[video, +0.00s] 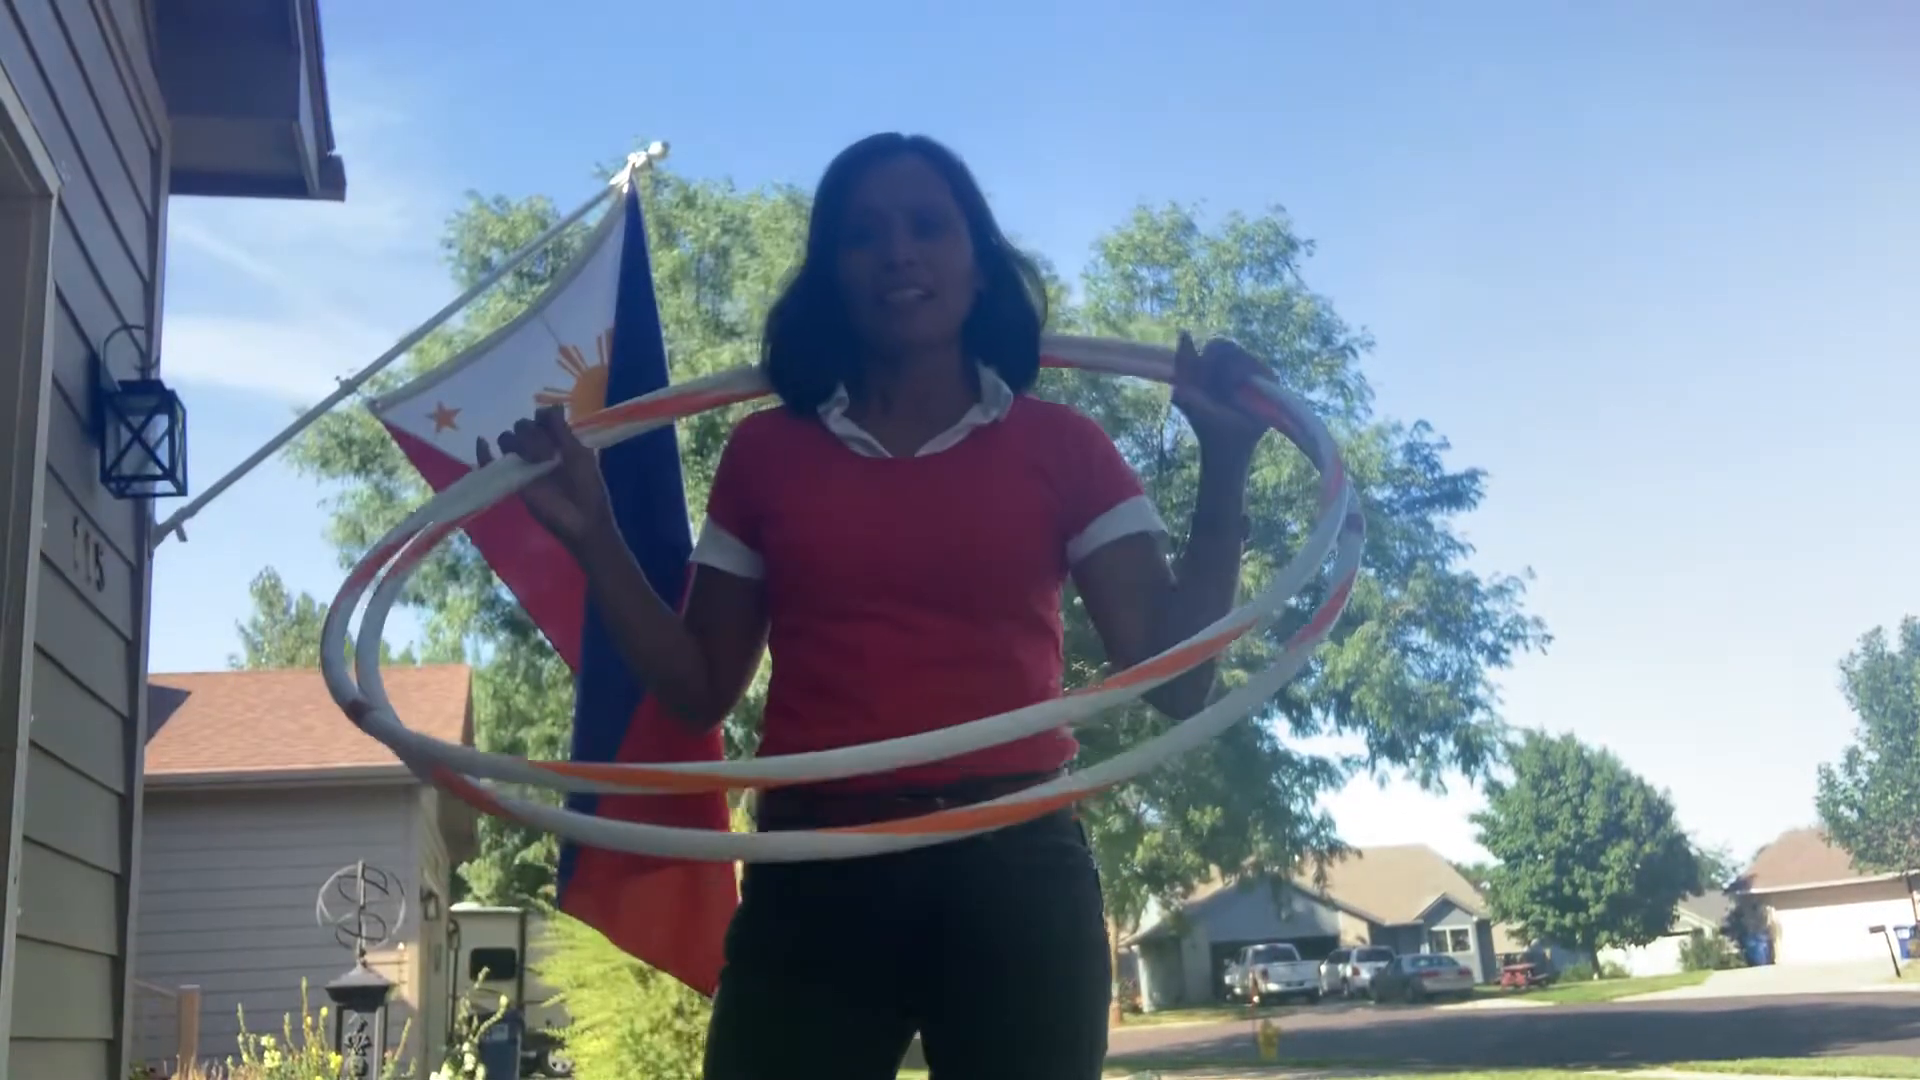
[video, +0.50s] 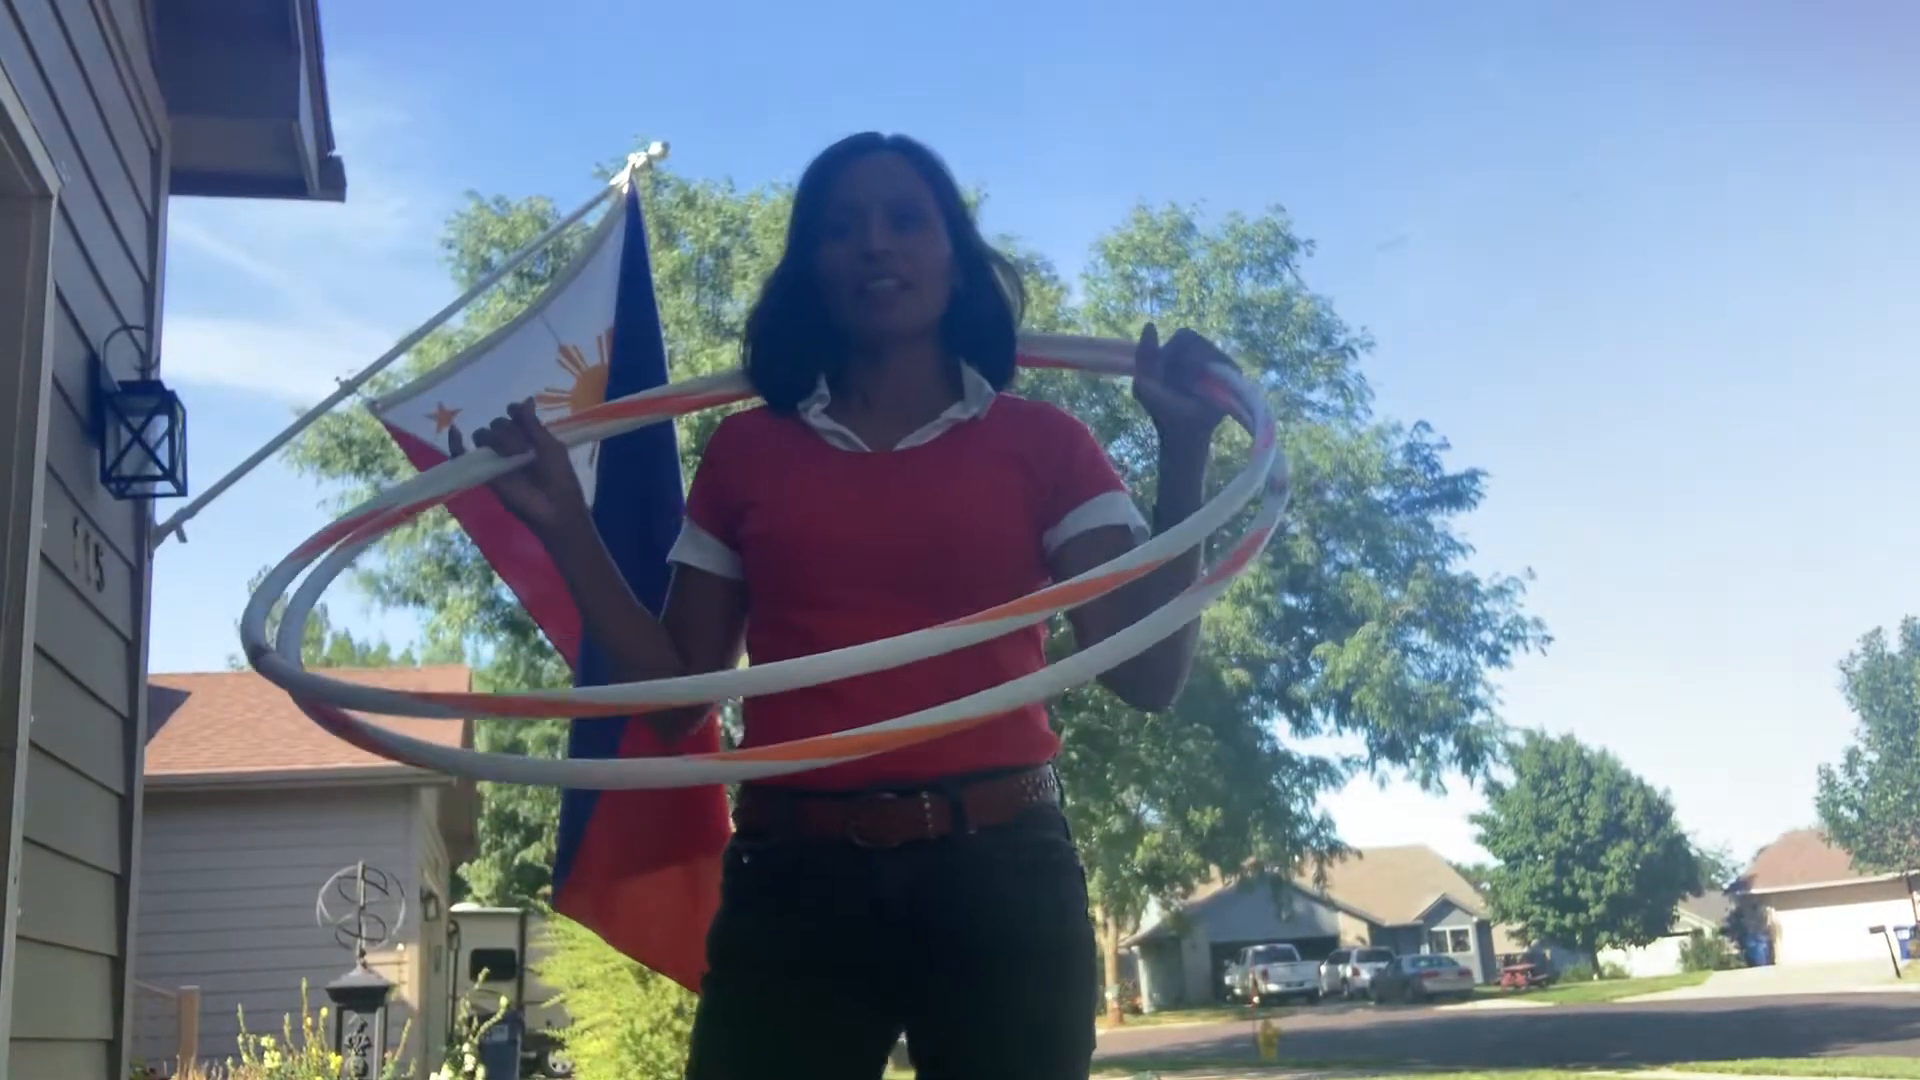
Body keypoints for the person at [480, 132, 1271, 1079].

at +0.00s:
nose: (897, 257)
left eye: (927, 228)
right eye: (864, 236)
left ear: (978, 257)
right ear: (830, 273)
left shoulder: (1057, 444)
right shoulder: (770, 452)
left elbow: (1166, 667)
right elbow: (698, 689)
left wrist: (1226, 460)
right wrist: (591, 532)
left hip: (1014, 865)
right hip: (816, 872)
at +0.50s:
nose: (875, 245)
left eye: (905, 219)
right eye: (842, 227)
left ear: (956, 253)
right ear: (810, 270)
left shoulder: (1039, 439)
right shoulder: (751, 450)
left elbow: (1149, 675)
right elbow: (675, 685)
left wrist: (1184, 451)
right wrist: (562, 522)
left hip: (1001, 866)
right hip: (799, 868)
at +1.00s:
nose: (778, 250)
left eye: (810, 220)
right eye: (750, 232)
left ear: (877, 249)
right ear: (726, 279)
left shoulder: (965, 408)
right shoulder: (711, 474)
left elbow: (1078, 632)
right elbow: (700, 731)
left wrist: (1018, 396)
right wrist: (565, 583)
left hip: (972, 860)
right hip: (771, 869)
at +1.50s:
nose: (704, 257)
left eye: (738, 228)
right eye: (681, 253)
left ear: (815, 257)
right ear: (667, 312)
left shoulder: (908, 424)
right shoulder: (645, 482)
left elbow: (928, 652)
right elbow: (606, 745)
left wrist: (842, 475)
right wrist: (517, 553)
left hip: (901, 869)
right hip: (699, 881)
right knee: (602, 1067)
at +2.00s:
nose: (743, 261)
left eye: (771, 238)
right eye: (712, 249)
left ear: (829, 280)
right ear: (680, 298)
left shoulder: (909, 454)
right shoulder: (636, 491)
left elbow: (932, 698)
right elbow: (569, 730)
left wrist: (841, 887)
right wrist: (611, 754)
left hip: (874, 877)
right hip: (670, 878)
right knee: (590, 1063)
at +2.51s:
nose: (725, 256)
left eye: (750, 236)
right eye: (695, 241)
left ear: (802, 285)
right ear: (658, 290)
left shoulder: (880, 438)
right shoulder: (616, 501)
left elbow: (918, 690)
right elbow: (576, 734)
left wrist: (800, 863)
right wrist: (538, 883)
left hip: (873, 874)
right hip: (669, 884)